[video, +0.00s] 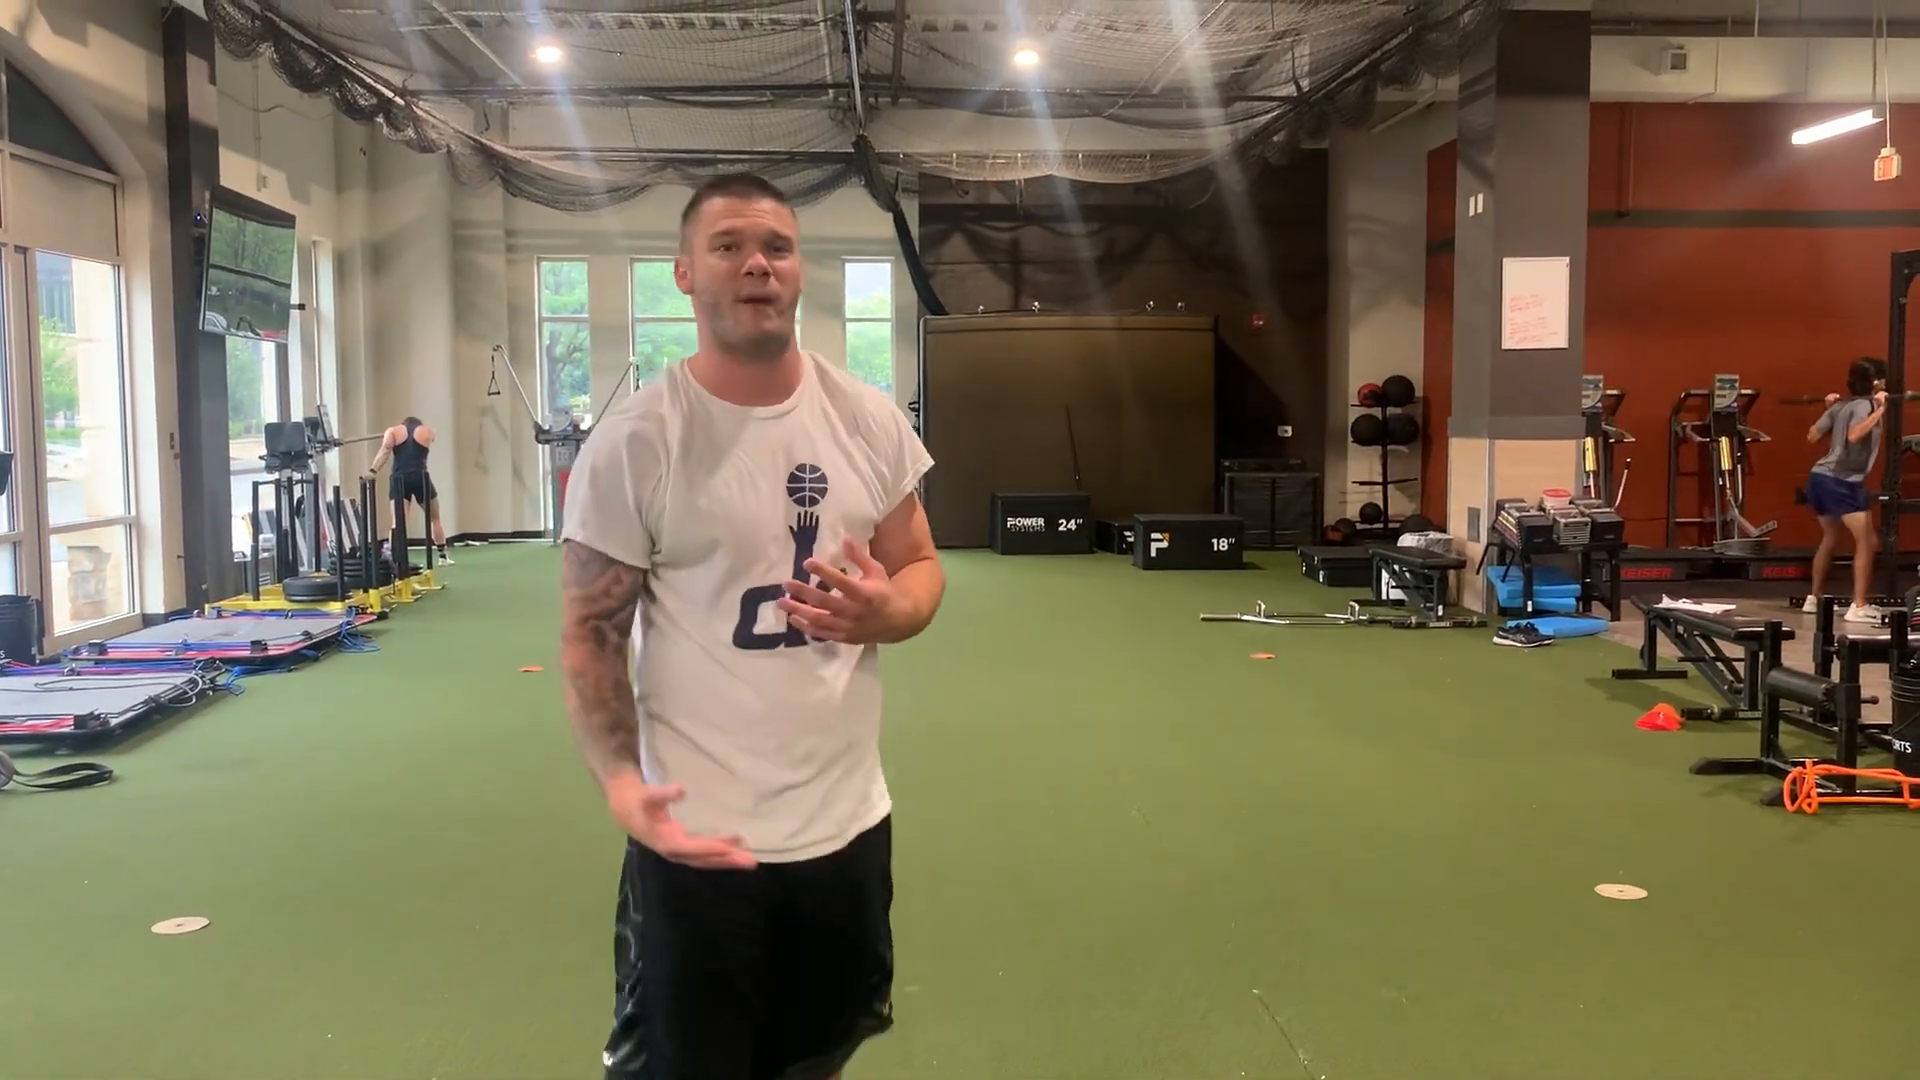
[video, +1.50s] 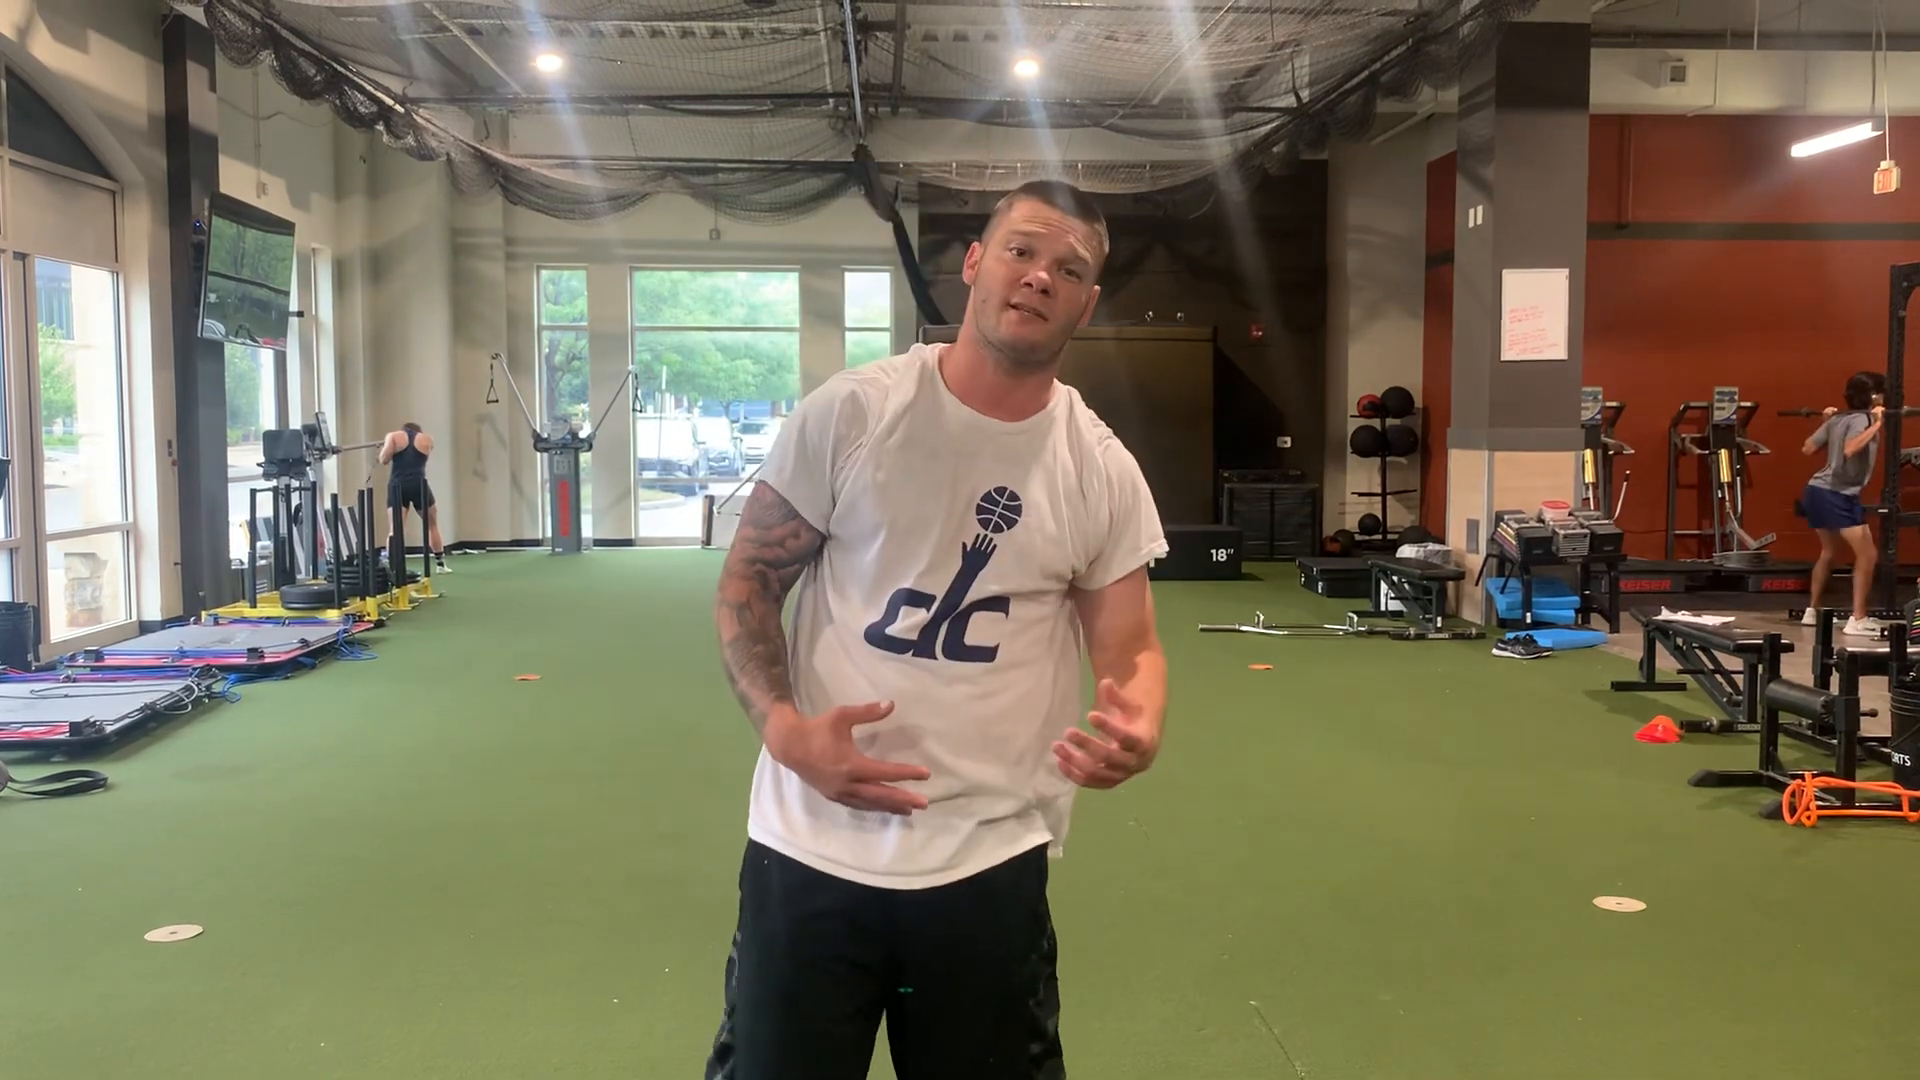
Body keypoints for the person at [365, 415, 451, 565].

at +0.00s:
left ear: (403, 424)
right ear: (419, 424)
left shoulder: (392, 431)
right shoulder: (427, 432)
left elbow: (384, 452)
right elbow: (431, 440)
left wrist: (373, 470)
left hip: (399, 479)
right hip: (420, 478)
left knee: (397, 521)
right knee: (435, 518)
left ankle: (394, 558)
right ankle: (442, 556)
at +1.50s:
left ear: (403, 429)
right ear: (419, 431)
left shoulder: (393, 436)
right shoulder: (427, 440)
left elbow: (383, 459)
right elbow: (424, 456)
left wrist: (383, 449)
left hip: (398, 485)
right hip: (419, 484)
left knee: (395, 528)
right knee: (432, 524)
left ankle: (389, 563)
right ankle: (441, 563)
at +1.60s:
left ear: (404, 430)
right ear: (420, 432)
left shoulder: (394, 436)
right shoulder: (428, 440)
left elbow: (384, 459)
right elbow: (423, 458)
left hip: (398, 486)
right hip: (420, 485)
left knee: (395, 529)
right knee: (433, 525)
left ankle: (390, 564)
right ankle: (441, 564)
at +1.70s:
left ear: (405, 430)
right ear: (421, 432)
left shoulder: (394, 437)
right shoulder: (429, 441)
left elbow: (384, 460)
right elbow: (423, 459)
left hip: (399, 486)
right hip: (420, 485)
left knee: (396, 529)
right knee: (433, 526)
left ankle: (391, 565)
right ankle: (442, 565)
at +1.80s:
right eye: (421, 433)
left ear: (405, 430)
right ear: (421, 433)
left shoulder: (394, 439)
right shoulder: (429, 442)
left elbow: (384, 461)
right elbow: (424, 460)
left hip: (399, 487)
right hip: (420, 485)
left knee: (396, 530)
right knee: (433, 527)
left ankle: (390, 564)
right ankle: (442, 565)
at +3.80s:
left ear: (406, 432)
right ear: (423, 433)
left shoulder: (397, 449)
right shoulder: (431, 449)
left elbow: (389, 472)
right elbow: (429, 466)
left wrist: (386, 468)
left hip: (403, 495)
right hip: (424, 494)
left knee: (400, 537)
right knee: (438, 534)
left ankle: (395, 571)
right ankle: (447, 572)